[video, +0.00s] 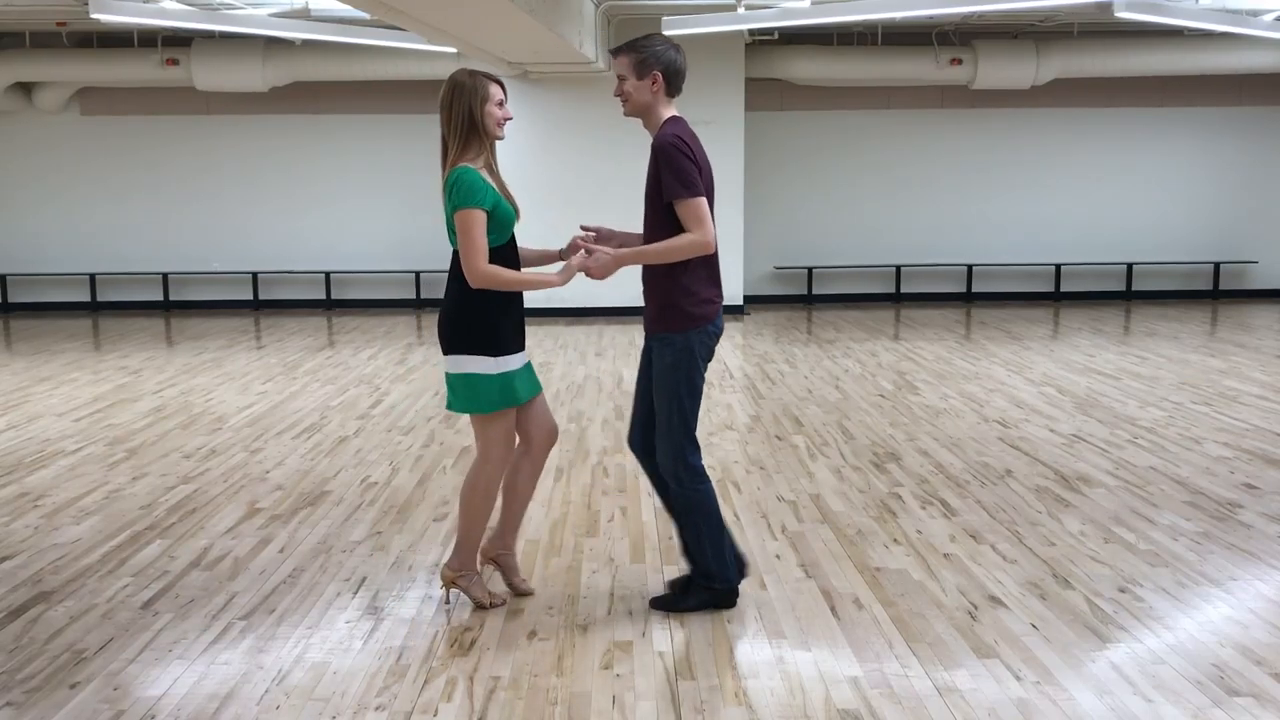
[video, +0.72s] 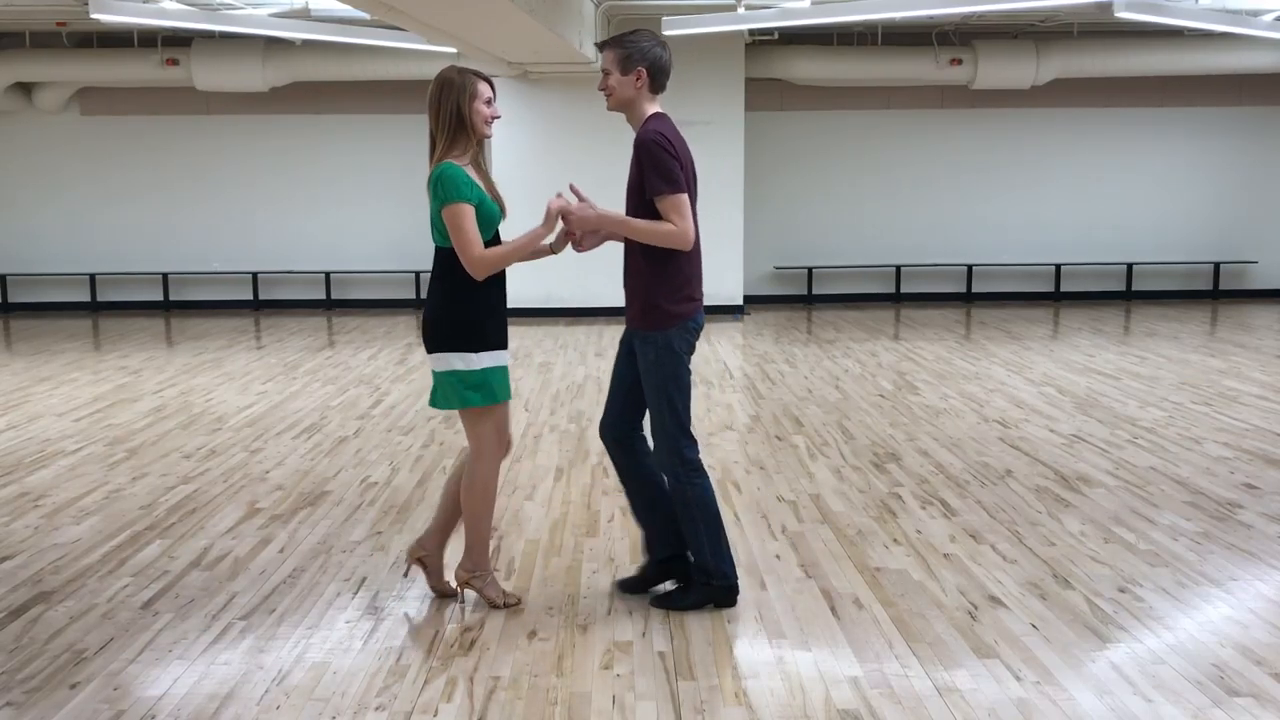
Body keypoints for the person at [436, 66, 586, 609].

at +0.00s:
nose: (507, 113)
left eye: (505, 104)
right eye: (498, 104)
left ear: (478, 113)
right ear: (472, 112)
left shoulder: (484, 174)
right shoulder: (469, 178)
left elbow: (503, 256)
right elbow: (476, 271)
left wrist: (561, 252)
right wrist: (551, 280)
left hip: (500, 332)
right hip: (475, 335)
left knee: (540, 434)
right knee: (496, 448)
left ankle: (502, 543)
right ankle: (461, 564)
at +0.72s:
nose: (494, 111)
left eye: (493, 102)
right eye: (484, 102)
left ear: (478, 108)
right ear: (458, 109)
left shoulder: (473, 173)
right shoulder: (451, 176)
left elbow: (490, 255)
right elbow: (476, 262)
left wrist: (549, 247)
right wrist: (541, 232)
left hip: (480, 325)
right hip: (463, 328)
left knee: (495, 443)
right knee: (486, 446)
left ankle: (430, 546)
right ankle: (476, 565)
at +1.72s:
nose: (452, 111)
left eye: (450, 102)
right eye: (442, 102)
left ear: (427, 110)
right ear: (415, 110)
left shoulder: (424, 174)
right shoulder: (408, 179)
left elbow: (425, 263)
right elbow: (406, 269)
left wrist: (482, 270)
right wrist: (477, 274)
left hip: (412, 335)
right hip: (415, 339)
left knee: (414, 447)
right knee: (452, 448)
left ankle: (388, 561)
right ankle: (385, 553)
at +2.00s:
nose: (468, 110)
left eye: (466, 101)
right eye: (458, 102)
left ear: (449, 111)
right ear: (432, 110)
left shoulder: (441, 172)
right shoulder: (422, 177)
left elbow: (455, 254)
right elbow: (443, 265)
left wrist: (515, 232)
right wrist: (513, 236)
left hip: (426, 326)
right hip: (442, 330)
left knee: (422, 447)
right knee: (475, 442)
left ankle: (386, 557)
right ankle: (458, 564)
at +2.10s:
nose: (475, 111)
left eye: (473, 102)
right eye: (465, 103)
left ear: (458, 112)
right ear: (439, 110)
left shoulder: (450, 174)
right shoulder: (431, 178)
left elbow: (466, 253)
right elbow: (448, 266)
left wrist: (522, 234)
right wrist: (519, 241)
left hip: (458, 325)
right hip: (448, 328)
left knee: (465, 445)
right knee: (473, 443)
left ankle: (403, 550)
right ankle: (455, 565)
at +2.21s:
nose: (480, 114)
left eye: (478, 105)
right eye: (470, 106)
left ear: (463, 113)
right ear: (444, 114)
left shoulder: (459, 178)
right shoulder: (441, 181)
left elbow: (482, 253)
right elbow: (453, 272)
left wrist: (535, 243)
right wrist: (524, 265)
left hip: (469, 334)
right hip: (449, 337)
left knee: (506, 442)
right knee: (473, 453)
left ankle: (440, 537)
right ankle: (455, 569)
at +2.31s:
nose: (483, 114)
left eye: (482, 105)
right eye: (473, 106)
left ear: (472, 113)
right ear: (447, 113)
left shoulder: (462, 178)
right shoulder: (446, 181)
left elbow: (488, 253)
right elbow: (458, 275)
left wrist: (545, 259)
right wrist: (533, 280)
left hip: (476, 335)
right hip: (455, 338)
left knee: (522, 436)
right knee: (482, 449)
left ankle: (479, 549)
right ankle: (453, 565)